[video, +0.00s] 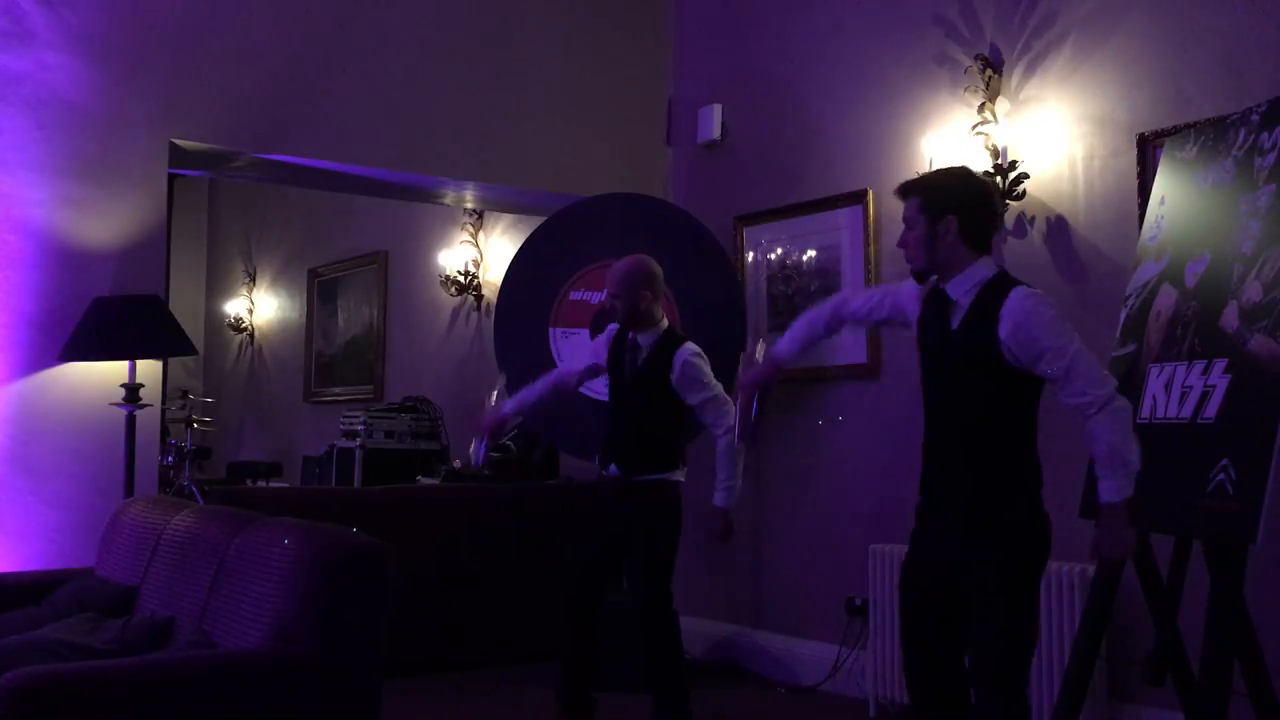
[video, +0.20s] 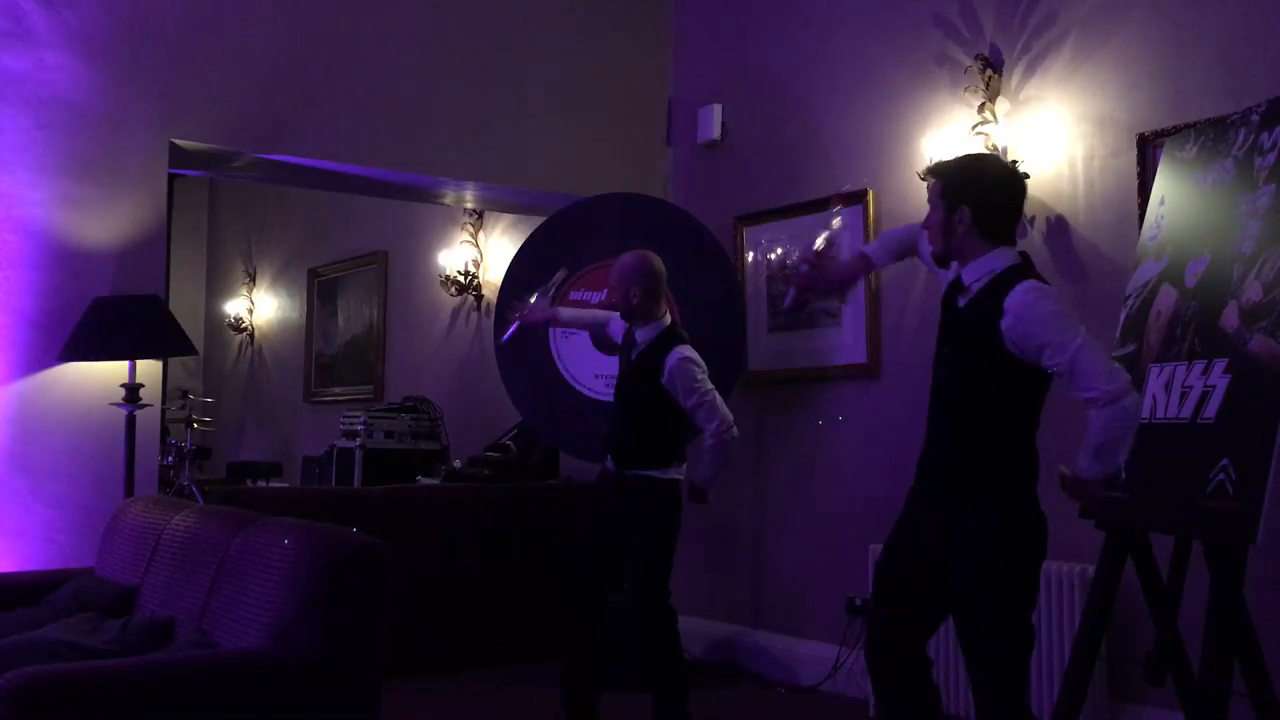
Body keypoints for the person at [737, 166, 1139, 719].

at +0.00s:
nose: (900, 239)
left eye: (910, 225)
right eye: (902, 226)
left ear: (949, 231)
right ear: (945, 233)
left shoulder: (1021, 310)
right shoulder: (921, 300)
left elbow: (1105, 404)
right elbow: (840, 308)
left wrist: (1114, 510)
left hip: (1004, 524)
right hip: (938, 518)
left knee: (997, 683)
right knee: (928, 677)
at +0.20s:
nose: (925, 221)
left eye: (933, 209)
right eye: (929, 208)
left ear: (965, 219)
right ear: (971, 219)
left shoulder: (1025, 302)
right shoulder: (965, 271)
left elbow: (1115, 394)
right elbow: (913, 236)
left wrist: (1090, 474)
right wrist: (849, 266)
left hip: (995, 514)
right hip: (938, 503)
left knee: (996, 682)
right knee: (890, 644)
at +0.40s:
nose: (940, 226)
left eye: (948, 213)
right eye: (943, 212)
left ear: (979, 224)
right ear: (980, 226)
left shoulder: (1052, 313)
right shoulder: (953, 283)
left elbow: (1114, 416)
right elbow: (909, 337)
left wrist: (1039, 440)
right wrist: (893, 385)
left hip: (999, 515)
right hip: (929, 502)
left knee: (1001, 680)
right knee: (886, 648)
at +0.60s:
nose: (927, 234)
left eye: (937, 221)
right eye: (931, 220)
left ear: (974, 231)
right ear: (967, 232)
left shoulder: (1046, 322)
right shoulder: (937, 285)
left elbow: (1093, 409)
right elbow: (897, 370)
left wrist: (1025, 429)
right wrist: (887, 452)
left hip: (996, 516)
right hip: (923, 505)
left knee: (997, 680)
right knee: (880, 660)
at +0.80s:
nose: (887, 241)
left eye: (897, 227)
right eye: (889, 228)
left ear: (937, 233)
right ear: (934, 235)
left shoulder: (989, 320)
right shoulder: (918, 304)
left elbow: (1085, 406)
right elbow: (897, 381)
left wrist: (1086, 503)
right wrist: (857, 436)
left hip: (970, 530)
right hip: (910, 520)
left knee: (966, 686)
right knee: (875, 668)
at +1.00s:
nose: (864, 262)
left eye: (873, 247)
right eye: (865, 249)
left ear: (912, 249)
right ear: (908, 252)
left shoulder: (929, 332)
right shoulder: (923, 321)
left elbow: (977, 439)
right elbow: (905, 424)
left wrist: (988, 546)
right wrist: (848, 471)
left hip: (928, 549)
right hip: (926, 541)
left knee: (882, 691)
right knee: (889, 689)